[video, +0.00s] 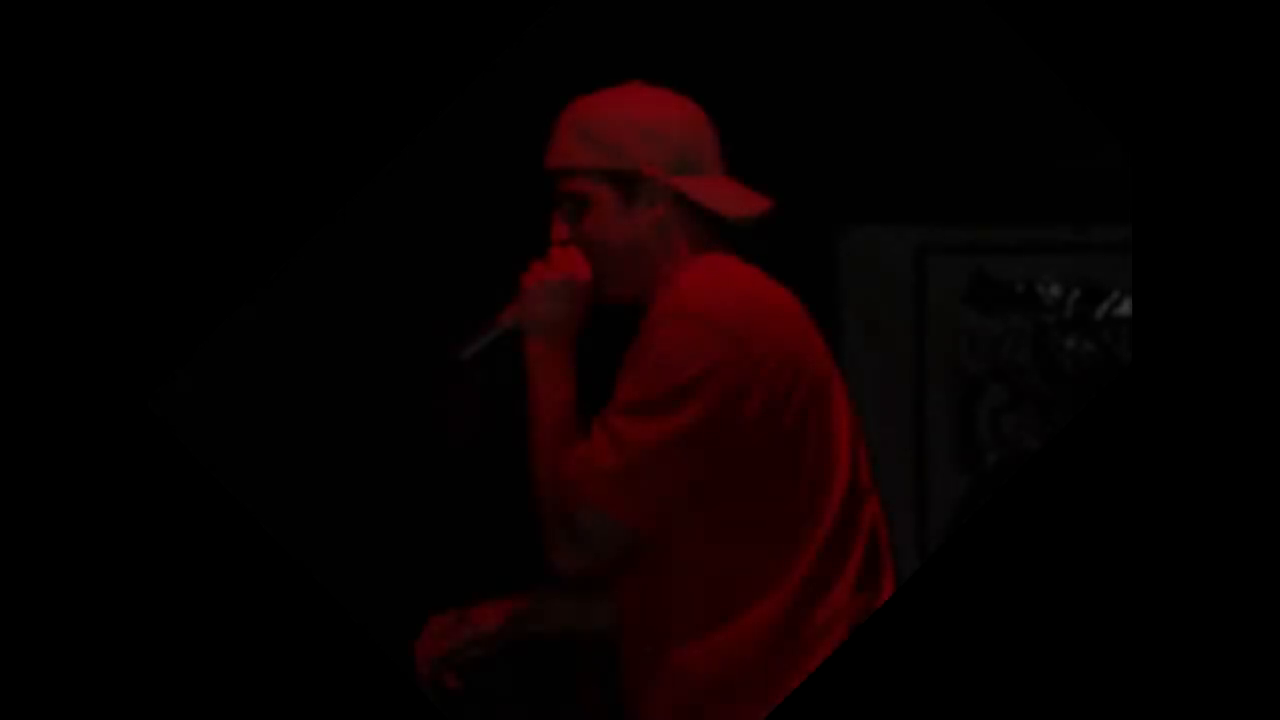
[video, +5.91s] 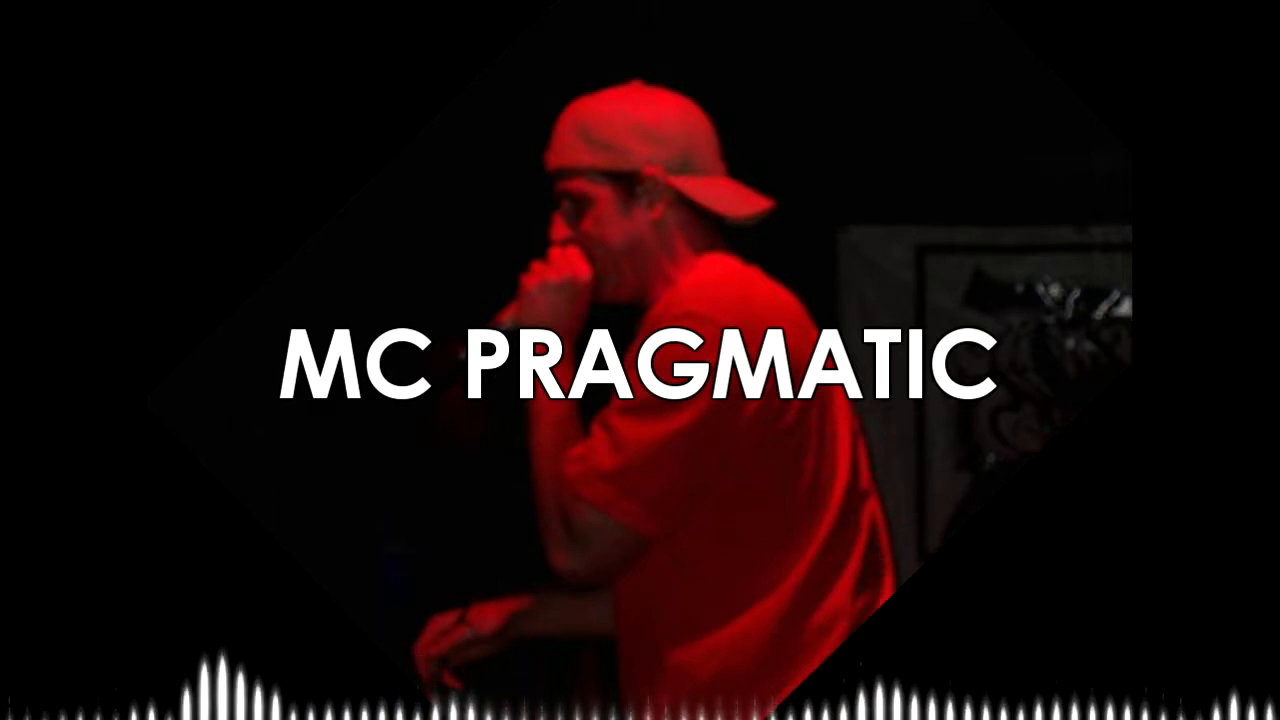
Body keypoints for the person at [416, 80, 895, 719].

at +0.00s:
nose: (560, 233)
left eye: (578, 207)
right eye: (559, 208)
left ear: (651, 203)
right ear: (646, 205)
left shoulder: (707, 315)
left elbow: (580, 533)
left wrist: (548, 345)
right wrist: (515, 625)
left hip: (737, 693)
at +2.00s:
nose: (559, 234)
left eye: (576, 206)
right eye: (559, 209)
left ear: (653, 200)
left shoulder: (705, 315)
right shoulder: (750, 305)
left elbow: (578, 543)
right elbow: (702, 576)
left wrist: (545, 346)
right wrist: (521, 621)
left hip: (732, 697)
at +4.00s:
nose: (559, 233)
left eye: (576, 206)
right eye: (559, 209)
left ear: (653, 200)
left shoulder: (707, 313)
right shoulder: (743, 304)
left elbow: (578, 543)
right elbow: (698, 579)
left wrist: (545, 349)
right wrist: (519, 620)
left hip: (738, 704)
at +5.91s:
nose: (560, 234)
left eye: (577, 206)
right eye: (559, 209)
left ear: (652, 198)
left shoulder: (707, 313)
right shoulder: (745, 303)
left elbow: (577, 544)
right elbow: (699, 581)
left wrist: (545, 347)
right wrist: (520, 620)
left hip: (739, 704)